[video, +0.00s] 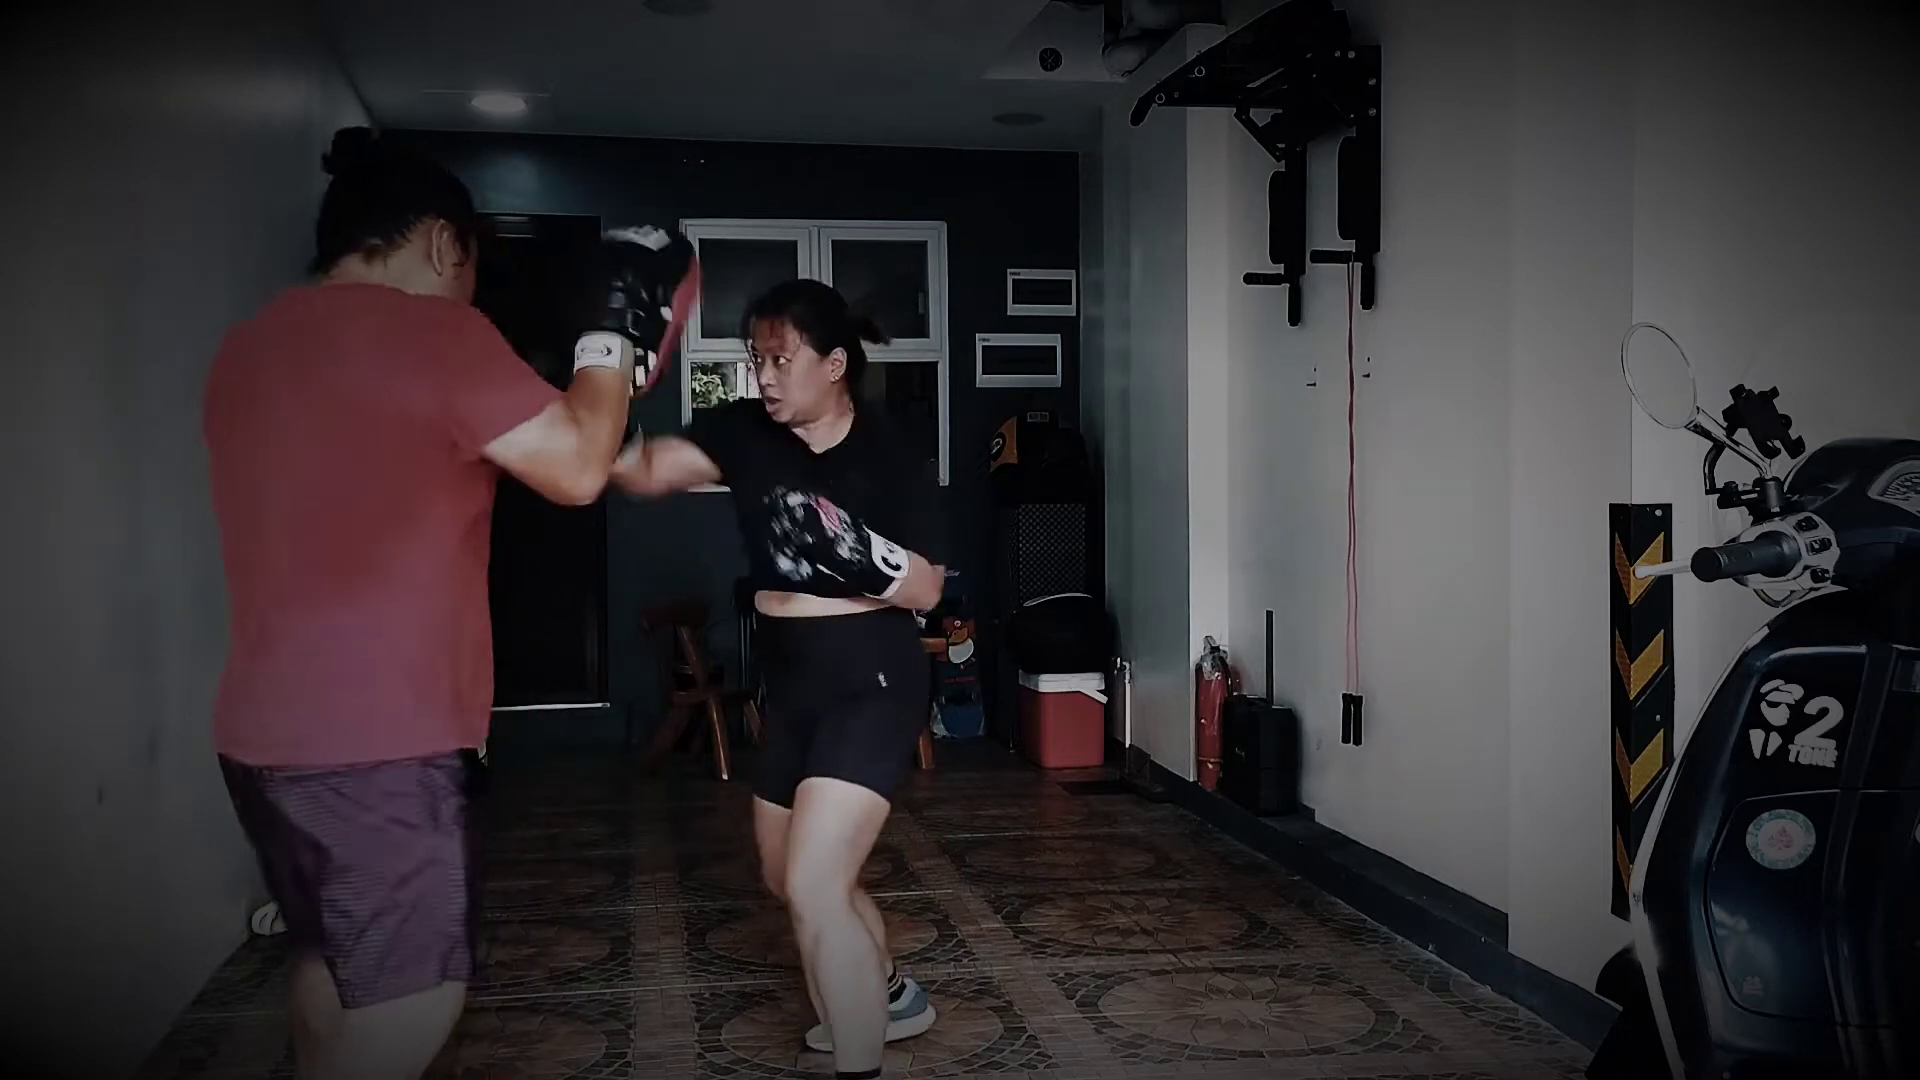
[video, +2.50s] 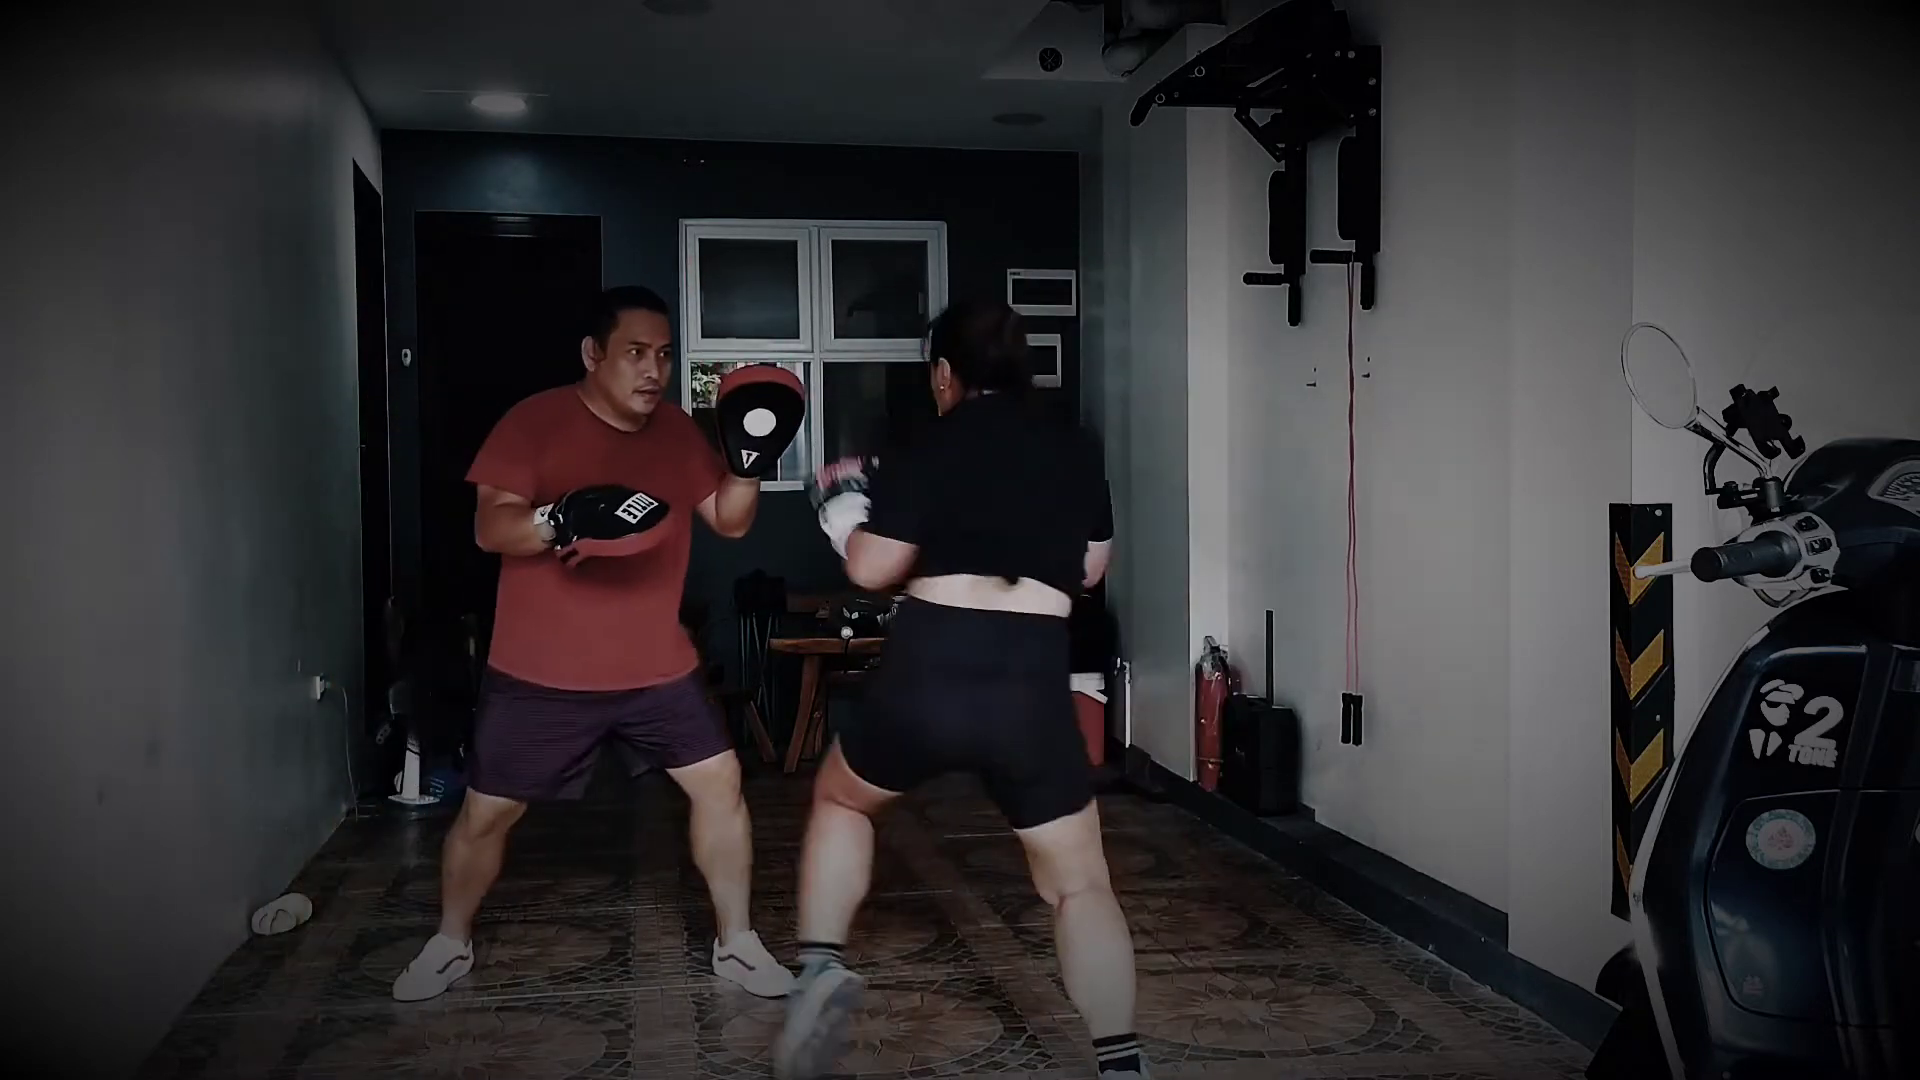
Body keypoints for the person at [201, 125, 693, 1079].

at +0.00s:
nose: (466, 286)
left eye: (468, 267)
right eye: (467, 262)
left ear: (339, 238)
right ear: (439, 239)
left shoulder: (245, 350)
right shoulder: (432, 334)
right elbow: (578, 466)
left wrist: (608, 373)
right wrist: (612, 328)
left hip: (259, 738)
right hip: (383, 745)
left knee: (323, 961)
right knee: (409, 1004)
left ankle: (318, 1079)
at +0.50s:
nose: (472, 322)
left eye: (472, 304)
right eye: (470, 299)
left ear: (359, 285)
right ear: (445, 280)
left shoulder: (252, 394)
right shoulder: (439, 367)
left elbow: (223, 566)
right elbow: (609, 459)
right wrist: (610, 326)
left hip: (240, 748)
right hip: (363, 754)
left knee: (323, 982)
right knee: (414, 1012)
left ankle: (321, 1063)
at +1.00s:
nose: (515, 256)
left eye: (515, 237)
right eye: (502, 234)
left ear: (452, 236)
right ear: (440, 230)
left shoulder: (454, 351)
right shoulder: (366, 294)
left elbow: (445, 479)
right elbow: (308, 399)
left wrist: (518, 510)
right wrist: (448, 467)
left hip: (437, 629)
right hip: (334, 619)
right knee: (335, 823)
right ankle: (243, 1025)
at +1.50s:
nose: (610, 312)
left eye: (614, 298)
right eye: (591, 296)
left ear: (613, 313)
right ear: (537, 307)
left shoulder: (621, 404)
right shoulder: (466, 381)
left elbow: (630, 503)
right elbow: (397, 487)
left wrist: (636, 548)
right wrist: (461, 571)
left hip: (568, 651)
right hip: (445, 645)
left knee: (583, 797)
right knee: (394, 803)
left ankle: (580, 969)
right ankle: (340, 973)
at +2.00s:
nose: (613, 351)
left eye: (619, 337)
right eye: (596, 336)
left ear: (624, 342)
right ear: (546, 338)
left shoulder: (637, 420)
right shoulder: (480, 405)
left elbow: (698, 499)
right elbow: (434, 514)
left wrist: (714, 424)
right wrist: (504, 497)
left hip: (604, 661)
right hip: (485, 665)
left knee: (669, 785)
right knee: (459, 816)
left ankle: (739, 931)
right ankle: (450, 940)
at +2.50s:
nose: (653, 368)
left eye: (663, 353)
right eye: (637, 351)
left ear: (670, 359)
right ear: (592, 353)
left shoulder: (680, 433)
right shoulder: (534, 424)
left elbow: (730, 521)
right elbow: (493, 530)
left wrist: (750, 457)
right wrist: (558, 522)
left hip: (656, 670)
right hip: (539, 674)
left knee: (720, 783)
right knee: (483, 817)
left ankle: (735, 939)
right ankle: (452, 939)